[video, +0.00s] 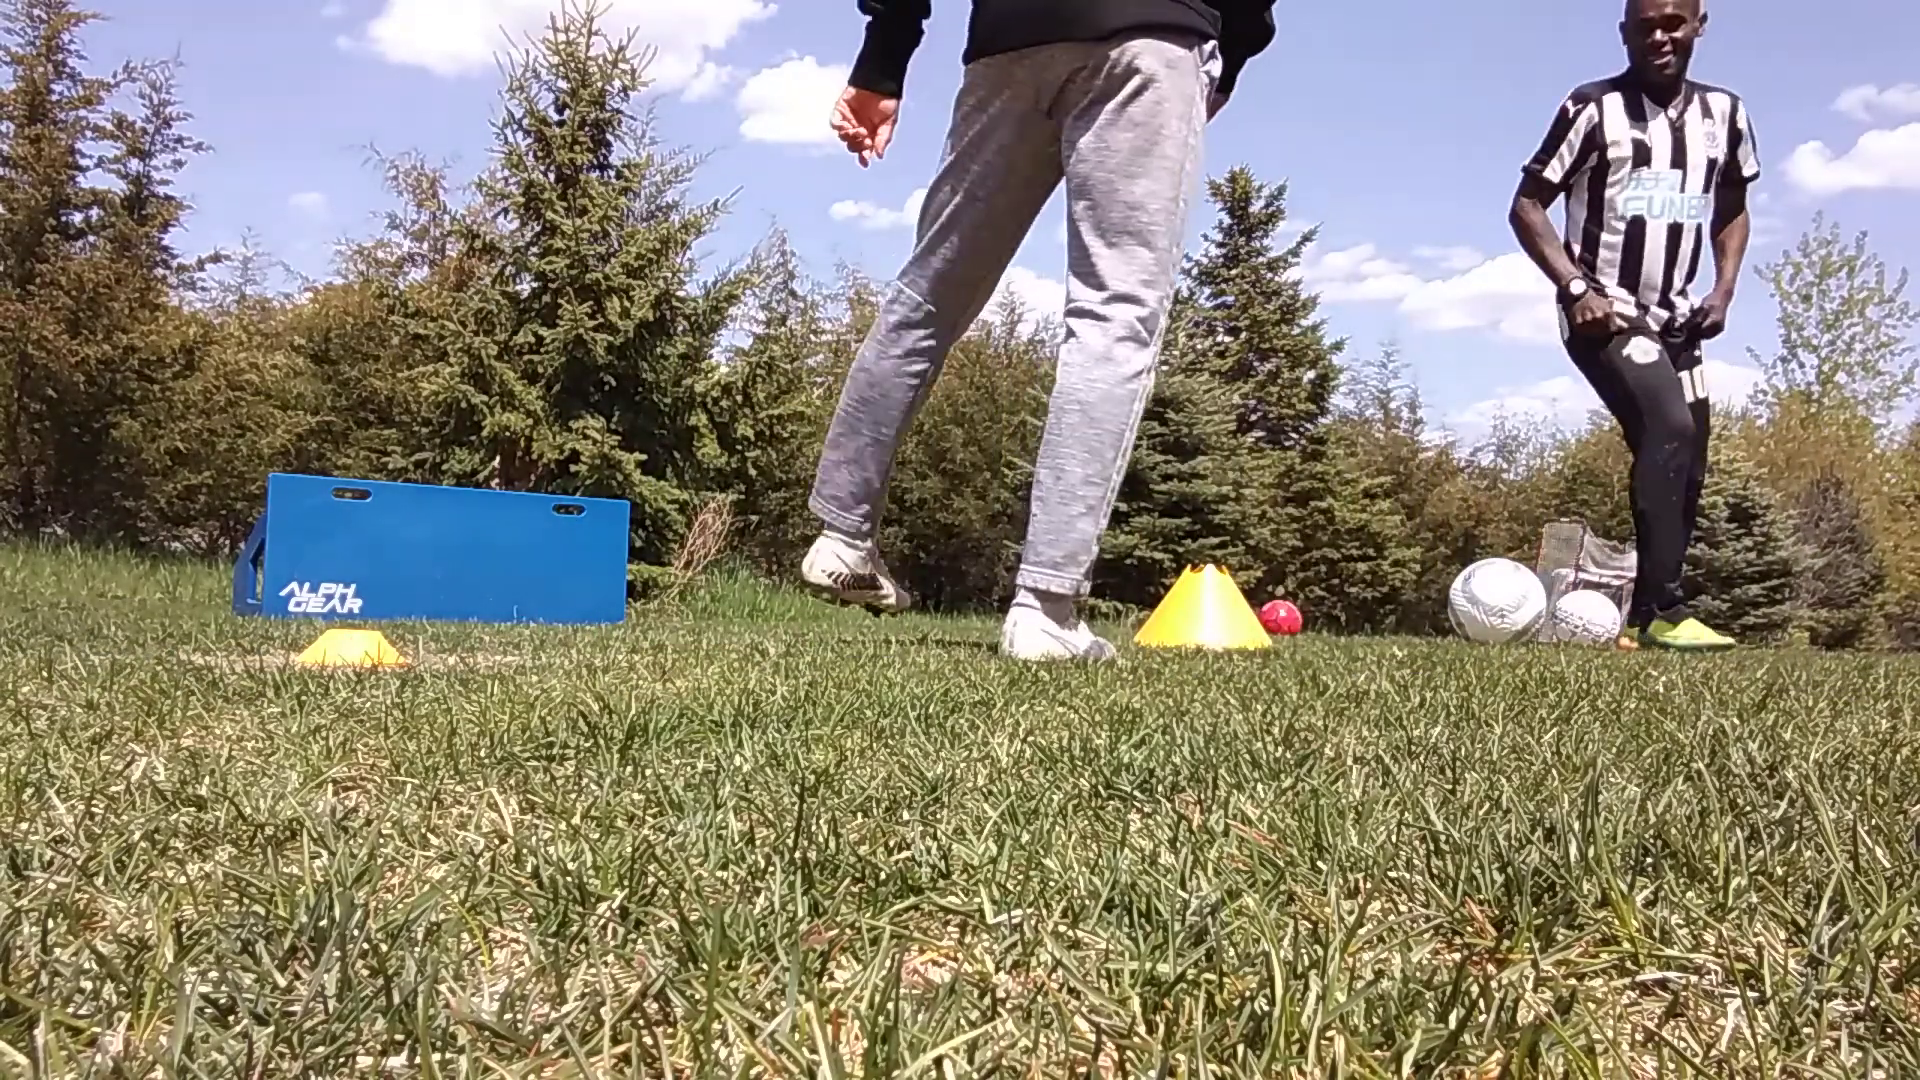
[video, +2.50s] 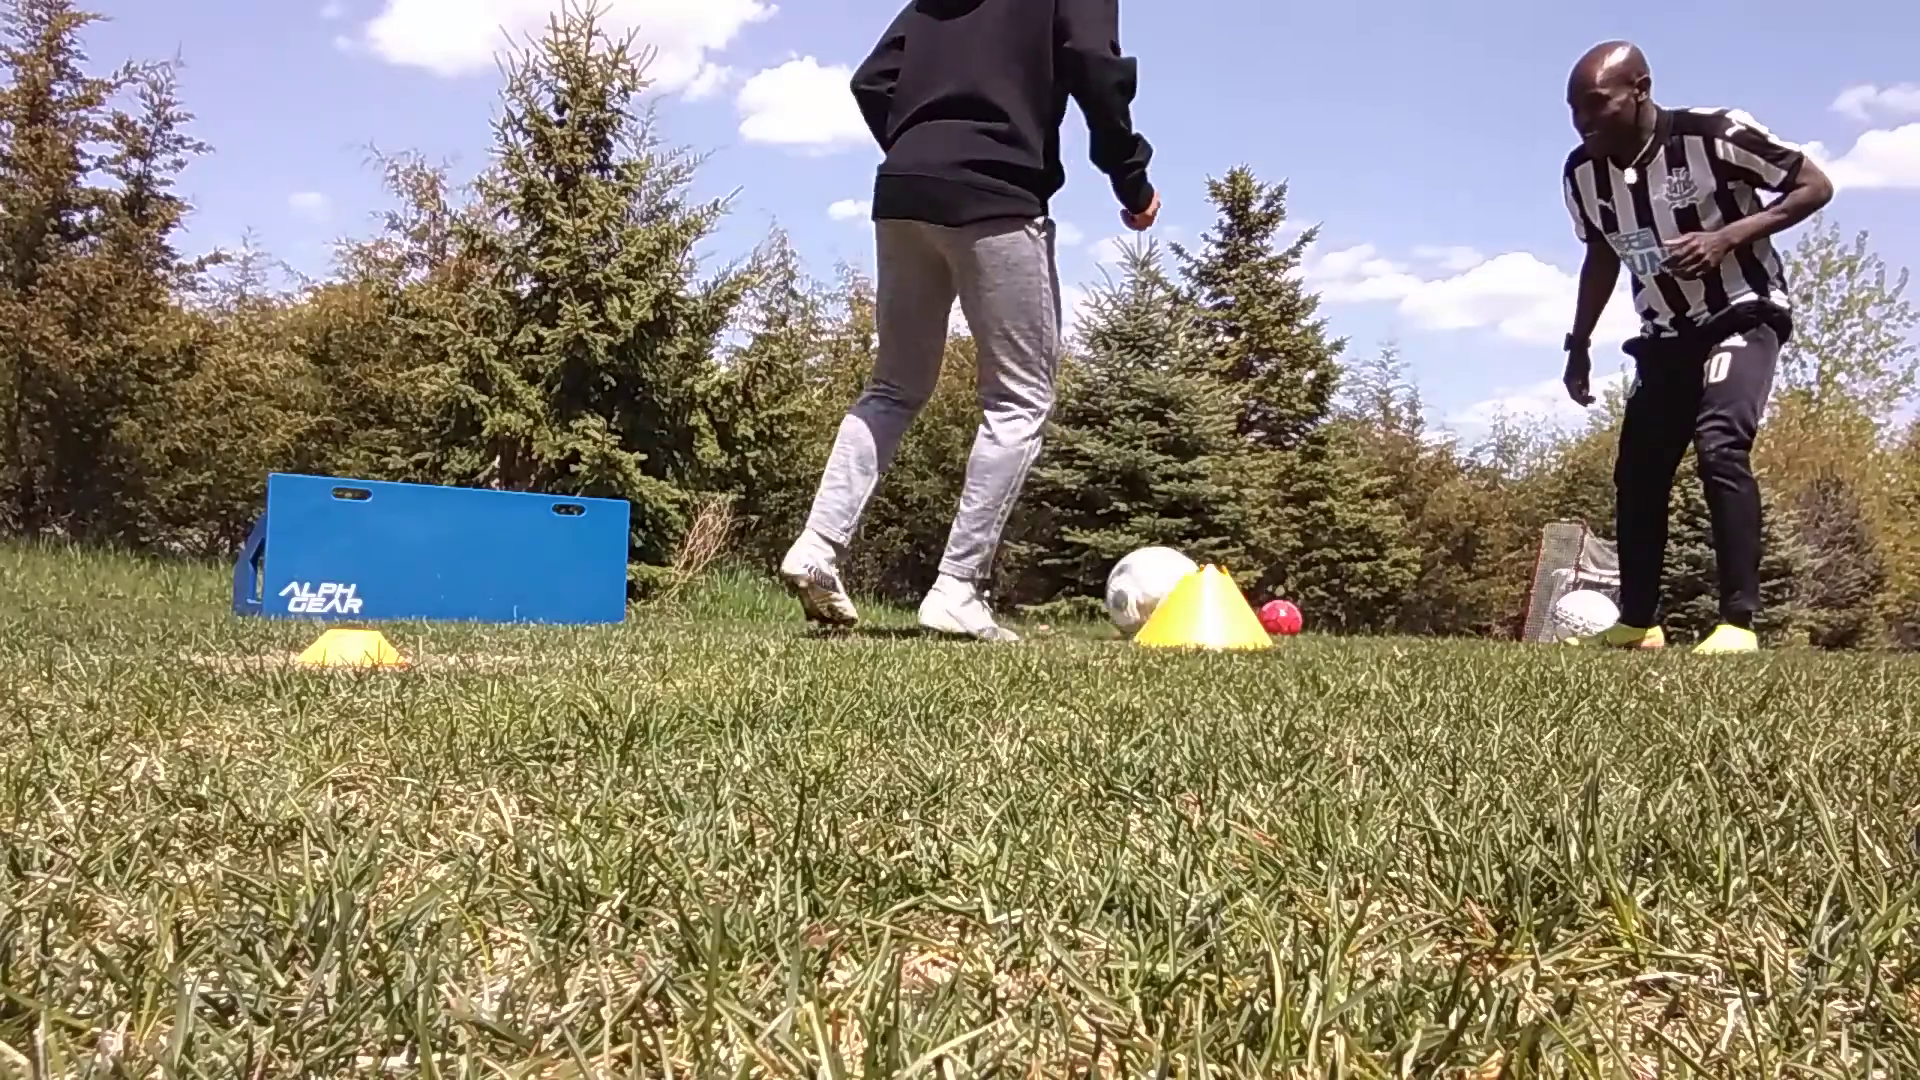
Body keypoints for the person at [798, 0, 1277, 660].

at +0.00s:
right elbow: (1253, 14)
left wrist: (881, 59)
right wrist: (1220, 61)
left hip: (1012, 22)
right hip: (1159, 28)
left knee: (927, 296)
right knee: (1114, 318)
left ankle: (842, 541)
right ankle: (1046, 610)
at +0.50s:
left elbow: (1020, 19)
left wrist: (1058, 62)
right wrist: (1297, 45)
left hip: (1056, 48)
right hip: (1179, 37)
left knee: (1080, 352)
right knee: (1276, 303)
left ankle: (1051, 599)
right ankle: (1169, 531)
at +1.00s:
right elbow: (1432, 5)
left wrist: (1163, 61)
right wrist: (1439, 101)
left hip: (1169, 82)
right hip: (1302, 72)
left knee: (1138, 360)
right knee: (1350, 349)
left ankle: (1075, 592)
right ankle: (1324, 603)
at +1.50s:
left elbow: (1044, 52)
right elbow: (1254, 14)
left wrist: (1116, 117)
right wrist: (1314, 105)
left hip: (1081, 136)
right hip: (1185, 105)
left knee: (1141, 384)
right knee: (1365, 278)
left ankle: (1121, 603)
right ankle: (1288, 505)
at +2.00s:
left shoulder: (1009, 4)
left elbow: (951, 70)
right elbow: (1147, 40)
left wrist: (1015, 136)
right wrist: (1215, 149)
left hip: (986, 171)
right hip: (1083, 154)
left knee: (999, 401)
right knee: (1172, 367)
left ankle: (934, 588)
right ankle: (1197, 584)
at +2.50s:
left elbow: (873, 77)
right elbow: (1093, 60)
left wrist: (921, 155)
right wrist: (1131, 176)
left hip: (902, 182)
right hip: (995, 185)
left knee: (894, 387)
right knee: (1019, 400)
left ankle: (816, 549)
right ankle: (956, 591)